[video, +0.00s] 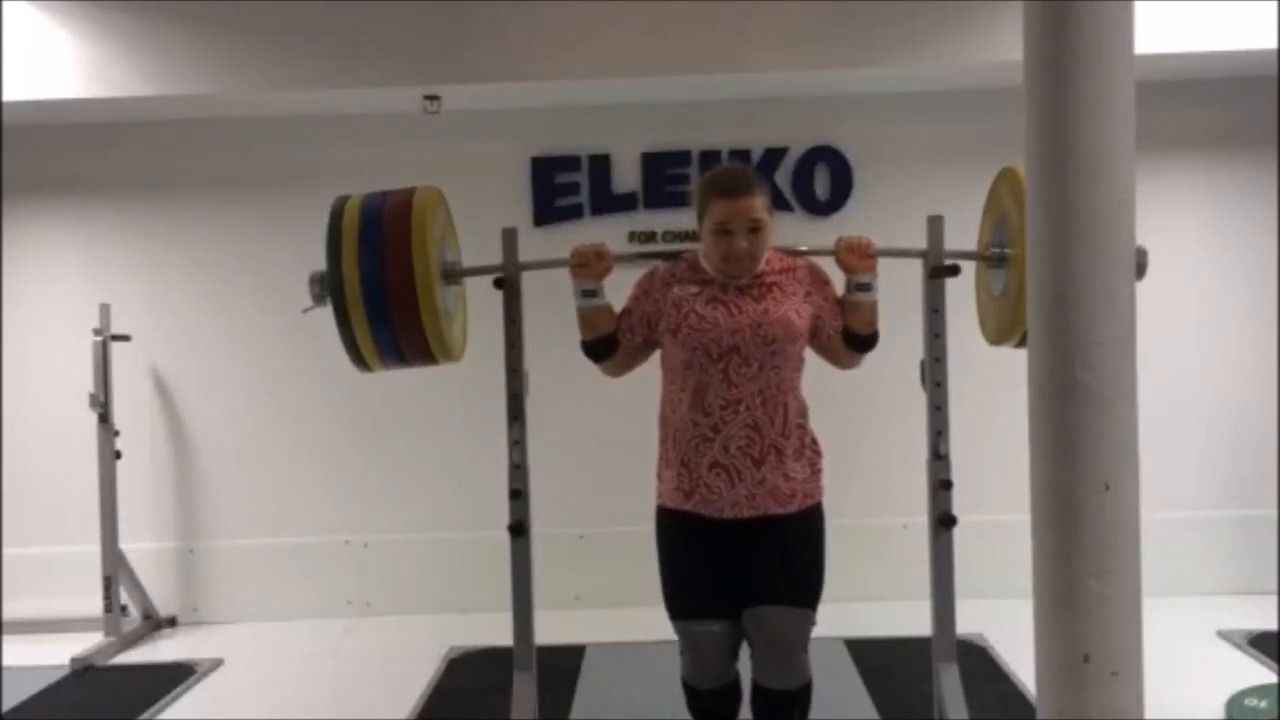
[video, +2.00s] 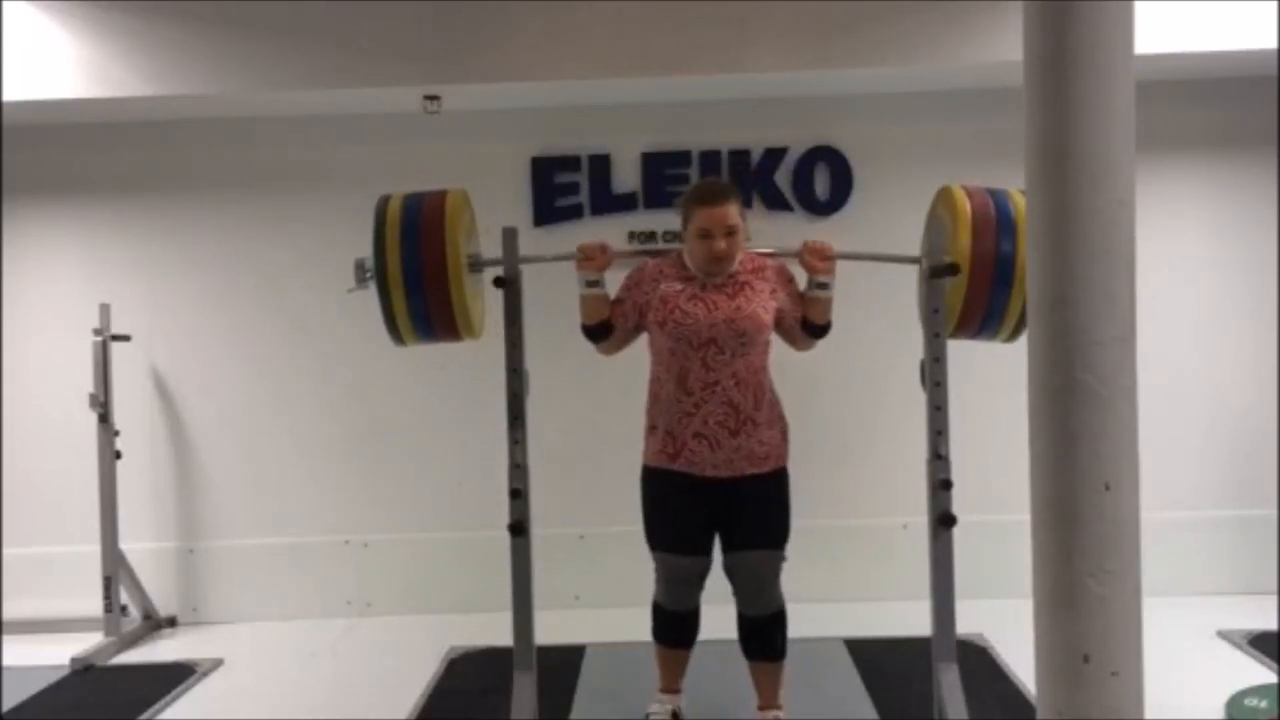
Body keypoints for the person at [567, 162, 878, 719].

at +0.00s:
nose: (738, 245)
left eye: (752, 230)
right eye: (723, 232)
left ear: (769, 227)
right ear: (701, 230)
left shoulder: (800, 279)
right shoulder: (666, 285)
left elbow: (847, 354)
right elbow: (613, 359)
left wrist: (862, 281)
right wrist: (589, 287)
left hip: (783, 507)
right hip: (693, 508)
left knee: (783, 663)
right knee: (706, 667)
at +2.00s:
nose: (719, 246)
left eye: (729, 233)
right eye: (706, 235)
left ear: (743, 230)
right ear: (684, 234)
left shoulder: (766, 274)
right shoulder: (653, 278)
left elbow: (805, 337)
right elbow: (606, 340)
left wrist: (820, 281)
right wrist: (592, 280)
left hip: (755, 463)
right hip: (676, 463)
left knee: (760, 590)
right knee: (677, 587)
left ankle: (770, 709)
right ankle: (668, 701)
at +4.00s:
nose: (707, 233)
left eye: (717, 222)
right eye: (695, 224)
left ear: (733, 228)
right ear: (676, 231)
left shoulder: (758, 278)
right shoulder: (649, 280)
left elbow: (799, 339)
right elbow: (604, 339)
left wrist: (810, 285)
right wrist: (590, 281)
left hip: (748, 456)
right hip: (672, 458)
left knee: (764, 576)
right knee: (676, 579)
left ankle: (799, 695)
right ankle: (665, 699)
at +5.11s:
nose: (726, 294)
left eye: (736, 285)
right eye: (713, 286)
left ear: (752, 297)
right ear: (695, 300)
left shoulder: (780, 352)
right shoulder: (666, 354)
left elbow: (822, 414)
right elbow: (621, 418)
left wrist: (833, 357)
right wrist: (606, 357)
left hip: (764, 489)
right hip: (682, 492)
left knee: (808, 584)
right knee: (656, 590)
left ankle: (801, 700)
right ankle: (665, 703)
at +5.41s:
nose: (730, 367)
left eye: (741, 358)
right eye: (717, 359)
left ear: (757, 370)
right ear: (699, 372)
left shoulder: (786, 421)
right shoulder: (671, 423)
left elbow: (828, 484)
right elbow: (627, 488)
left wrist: (840, 429)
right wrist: (611, 429)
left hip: (770, 545)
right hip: (688, 547)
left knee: (820, 604)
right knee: (650, 611)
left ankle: (801, 703)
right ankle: (667, 705)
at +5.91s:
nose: (734, 405)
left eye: (745, 395)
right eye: (721, 395)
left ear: (760, 405)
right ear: (702, 405)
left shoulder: (788, 453)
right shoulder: (672, 454)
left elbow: (830, 513)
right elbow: (629, 516)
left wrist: (843, 459)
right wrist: (613, 460)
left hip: (772, 577)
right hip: (690, 578)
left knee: (823, 612)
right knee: (648, 619)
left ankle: (800, 704)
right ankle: (667, 705)